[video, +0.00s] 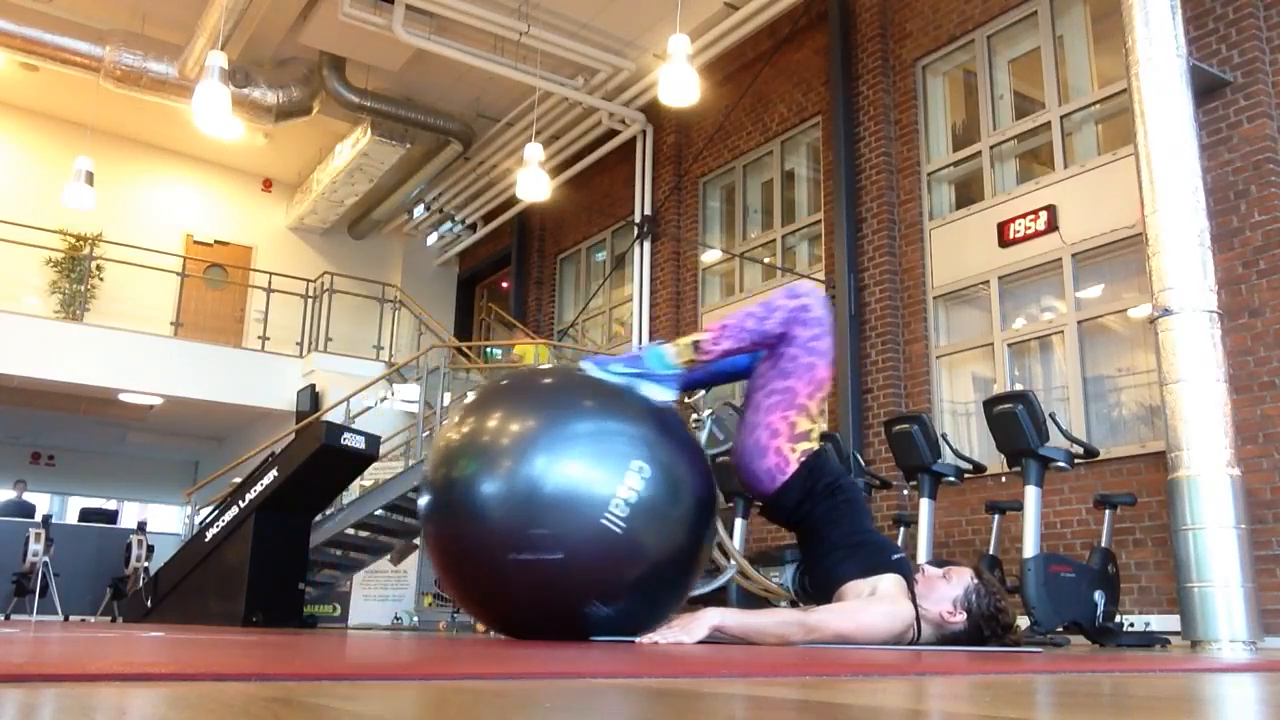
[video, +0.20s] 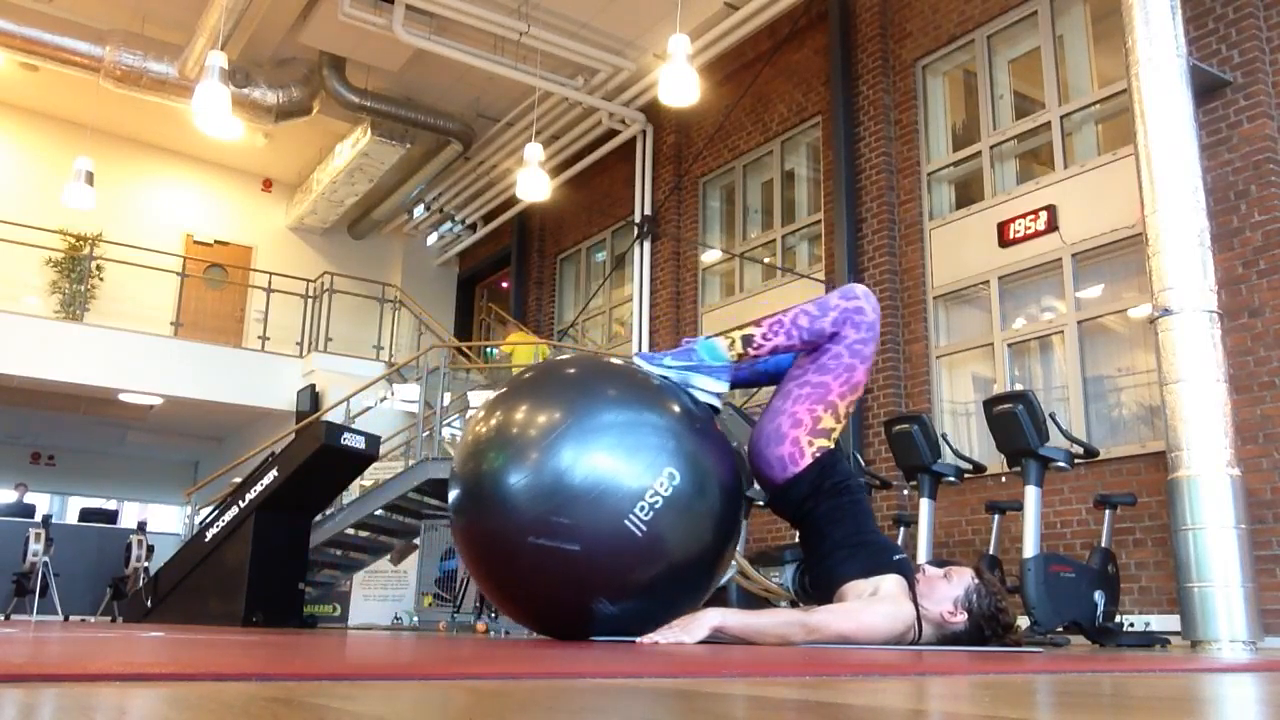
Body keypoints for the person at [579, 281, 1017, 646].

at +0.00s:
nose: (935, 566)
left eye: (947, 576)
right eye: (948, 569)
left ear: (948, 613)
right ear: (946, 614)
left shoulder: (893, 611)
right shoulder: (904, 606)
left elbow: (806, 626)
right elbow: (808, 625)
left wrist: (714, 619)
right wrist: (718, 624)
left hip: (778, 468)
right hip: (800, 466)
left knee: (805, 301)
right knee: (805, 315)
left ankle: (668, 363)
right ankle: (676, 372)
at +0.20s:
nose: (928, 568)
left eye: (942, 576)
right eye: (943, 567)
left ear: (949, 614)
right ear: (948, 613)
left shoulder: (895, 615)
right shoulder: (909, 608)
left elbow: (803, 627)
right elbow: (802, 625)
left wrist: (711, 621)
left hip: (791, 458)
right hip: (812, 465)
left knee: (861, 304)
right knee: (854, 319)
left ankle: (719, 367)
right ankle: (721, 372)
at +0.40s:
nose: (930, 569)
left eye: (943, 577)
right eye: (944, 568)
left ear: (948, 614)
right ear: (947, 613)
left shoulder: (894, 615)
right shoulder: (909, 609)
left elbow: (802, 628)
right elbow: (803, 625)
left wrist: (710, 621)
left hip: (790, 459)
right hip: (812, 465)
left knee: (852, 306)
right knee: (851, 308)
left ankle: (712, 369)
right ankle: (721, 370)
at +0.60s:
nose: (935, 564)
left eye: (947, 575)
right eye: (949, 567)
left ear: (948, 612)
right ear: (946, 612)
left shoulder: (893, 612)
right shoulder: (907, 606)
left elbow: (806, 627)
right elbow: (807, 623)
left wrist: (714, 619)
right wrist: (724, 623)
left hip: (774, 464)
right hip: (798, 462)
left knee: (790, 302)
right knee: (793, 303)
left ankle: (660, 366)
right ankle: (668, 369)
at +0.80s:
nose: (943, 567)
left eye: (952, 578)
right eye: (958, 570)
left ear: (946, 613)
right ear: (948, 602)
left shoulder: (889, 614)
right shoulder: (896, 598)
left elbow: (795, 629)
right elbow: (798, 627)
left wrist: (709, 620)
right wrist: (714, 622)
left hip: (766, 479)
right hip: (784, 472)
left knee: (719, 319)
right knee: (724, 327)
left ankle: (578, 363)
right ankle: (590, 373)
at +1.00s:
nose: (938, 569)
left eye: (949, 581)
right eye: (951, 571)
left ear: (945, 616)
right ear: (945, 606)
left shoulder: (891, 610)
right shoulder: (893, 594)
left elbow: (804, 627)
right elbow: (804, 621)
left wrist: (709, 619)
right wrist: (716, 621)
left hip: (753, 480)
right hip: (771, 468)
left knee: (667, 342)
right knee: (673, 345)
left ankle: (520, 362)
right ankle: (537, 365)